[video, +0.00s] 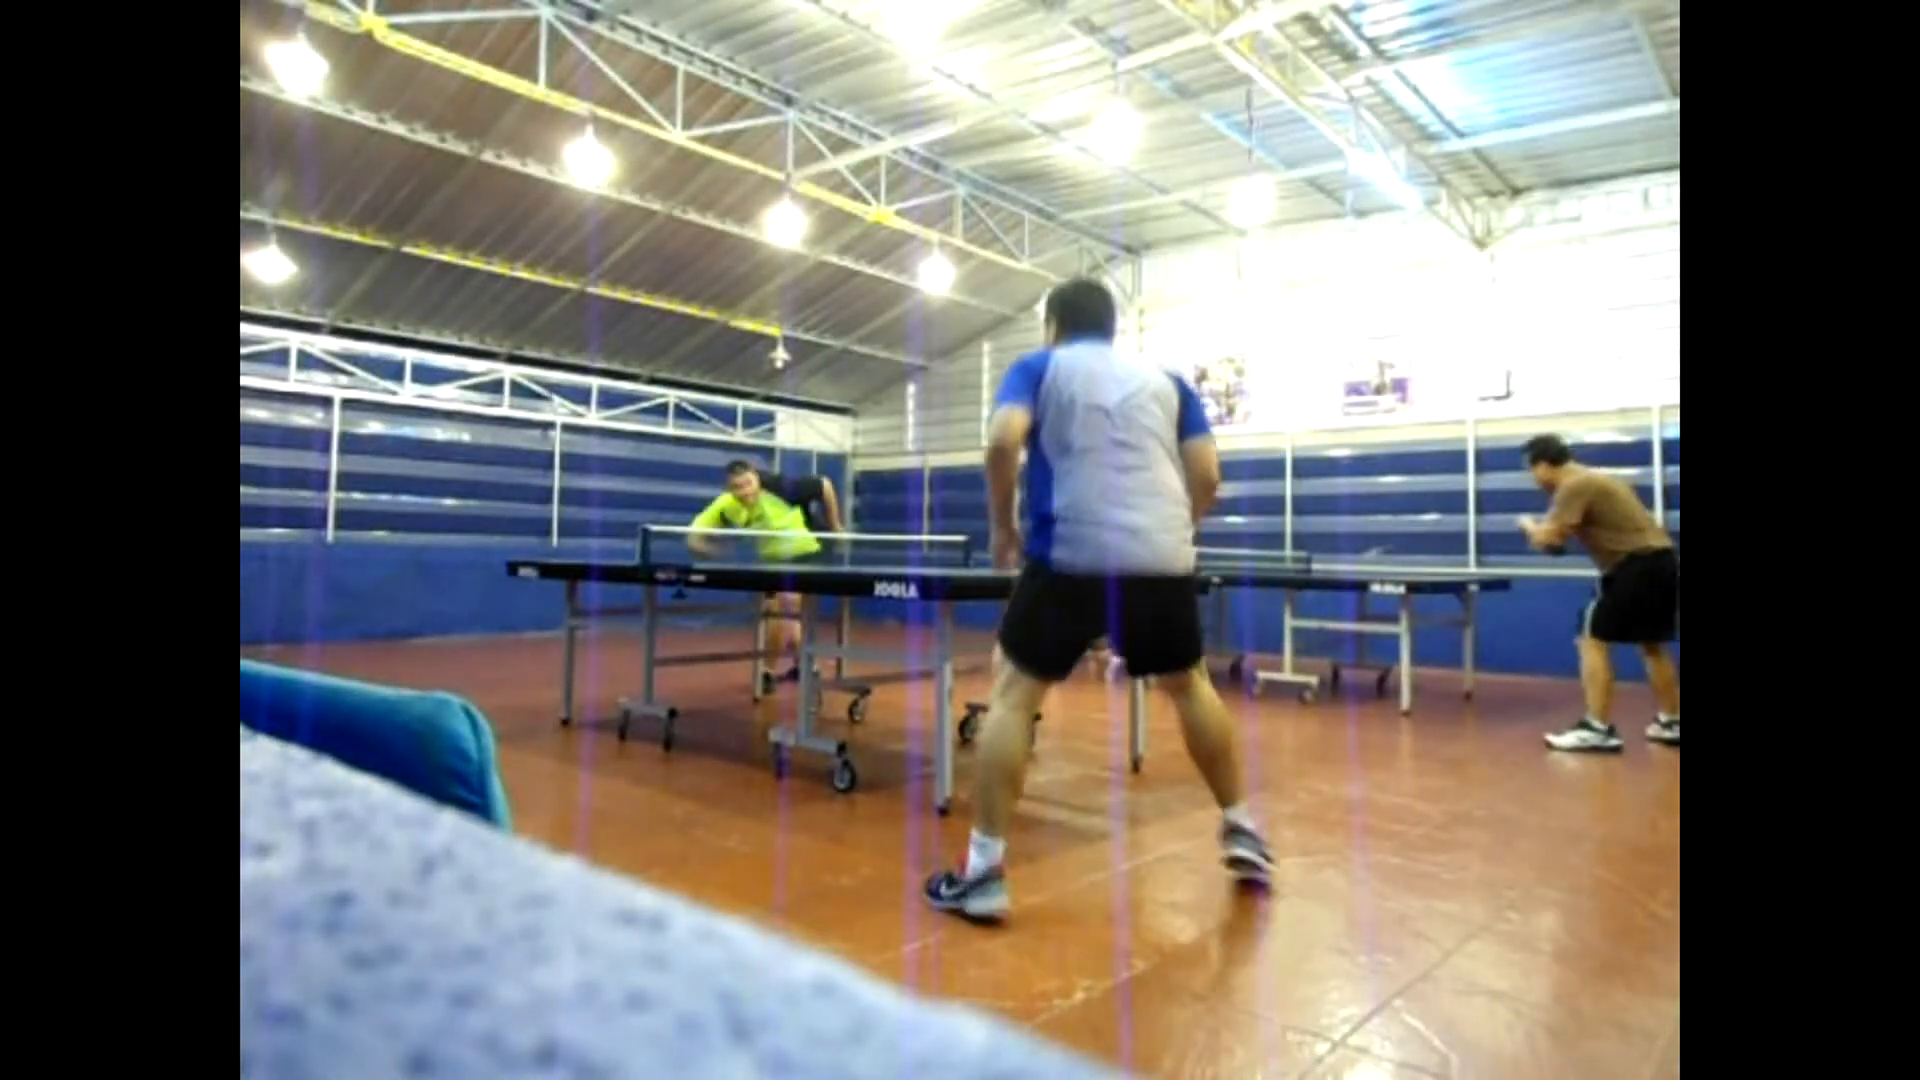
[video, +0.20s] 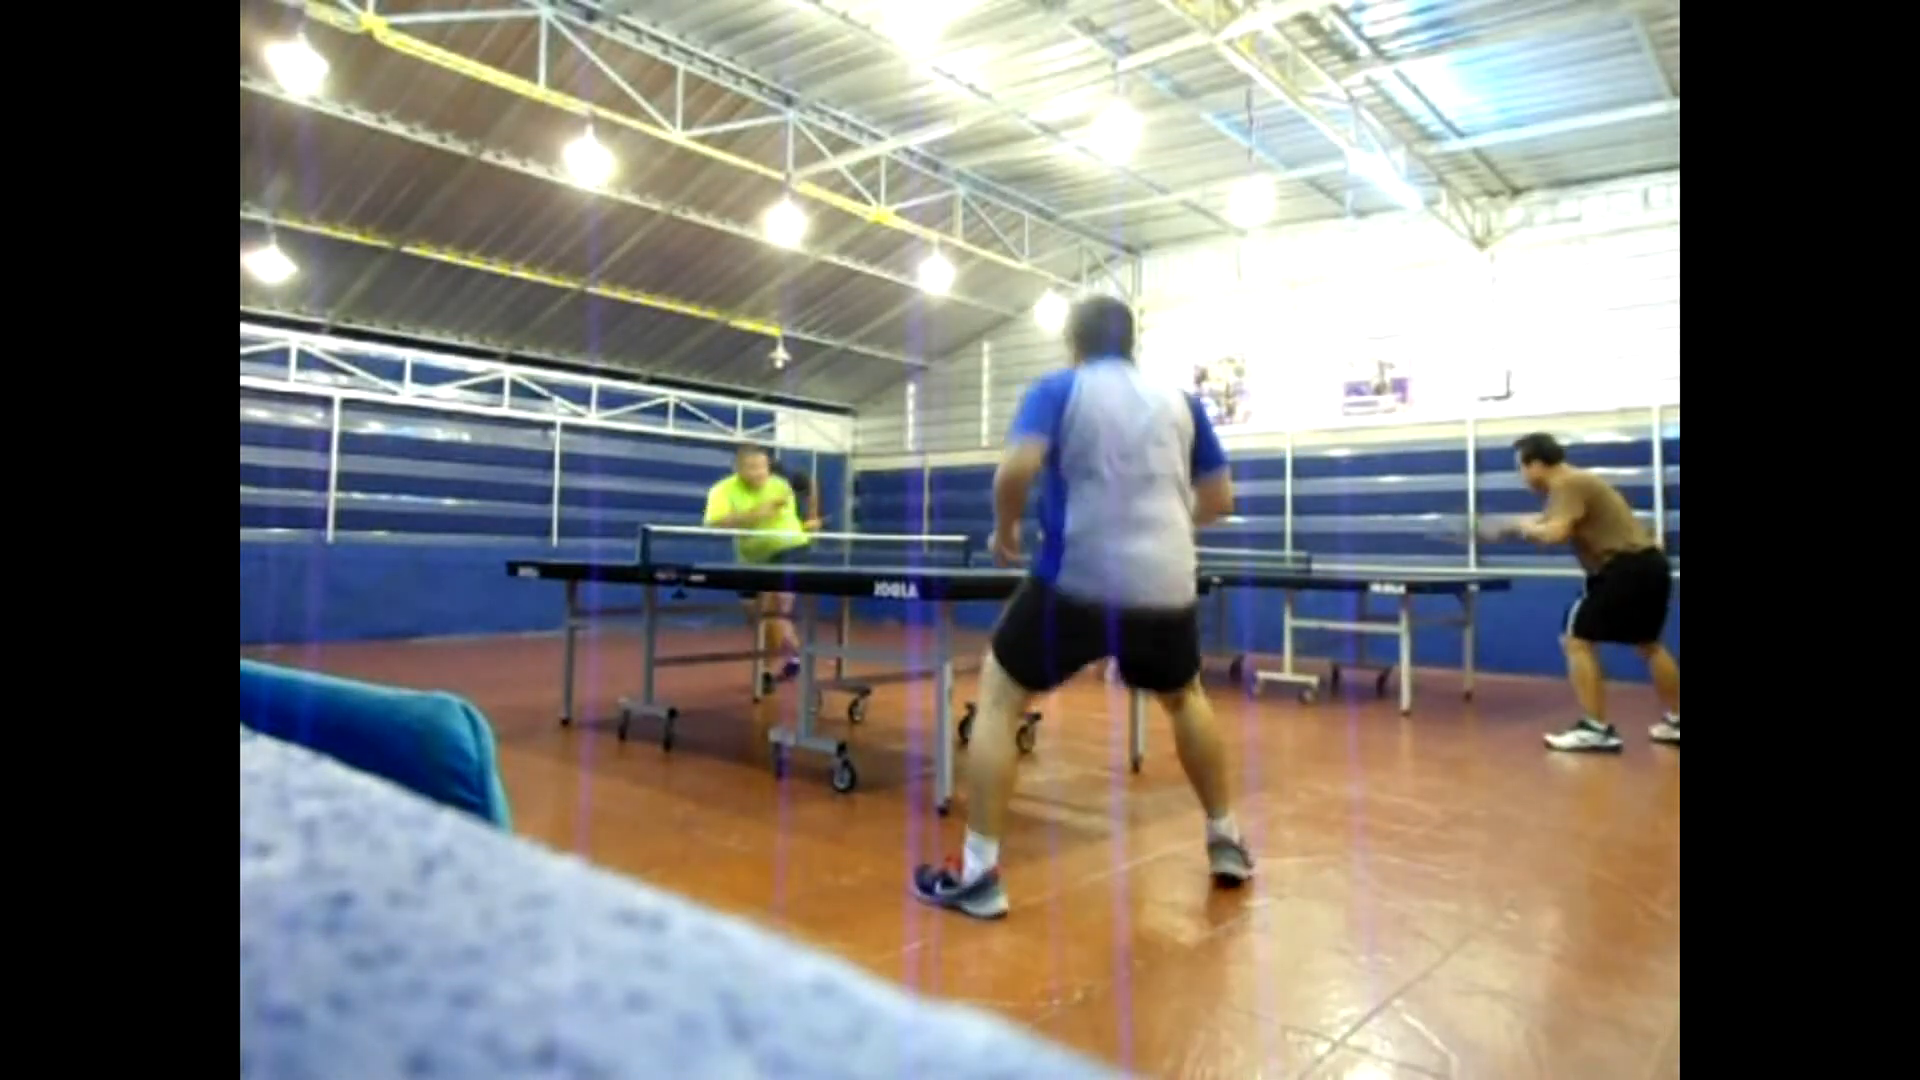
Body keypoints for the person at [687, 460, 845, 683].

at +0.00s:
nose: (744, 491)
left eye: (748, 484)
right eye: (738, 487)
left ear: (757, 480)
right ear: (730, 488)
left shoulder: (780, 489)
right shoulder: (727, 503)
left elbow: (823, 485)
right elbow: (696, 534)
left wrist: (835, 525)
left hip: (803, 555)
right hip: (771, 560)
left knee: (783, 608)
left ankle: (768, 671)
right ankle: (803, 663)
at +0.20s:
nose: (757, 472)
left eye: (761, 466)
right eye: (750, 467)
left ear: (768, 466)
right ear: (739, 468)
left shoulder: (780, 486)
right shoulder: (723, 490)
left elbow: (789, 522)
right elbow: (714, 522)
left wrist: (805, 526)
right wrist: (755, 515)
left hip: (786, 550)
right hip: (751, 556)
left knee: (777, 608)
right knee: (758, 612)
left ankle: (770, 669)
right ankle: (793, 655)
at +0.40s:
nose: (767, 443)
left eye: (770, 436)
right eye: (761, 436)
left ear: (773, 441)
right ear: (744, 438)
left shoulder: (776, 468)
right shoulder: (722, 462)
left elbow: (778, 501)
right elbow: (716, 493)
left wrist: (785, 493)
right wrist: (762, 491)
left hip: (765, 542)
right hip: (727, 545)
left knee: (765, 606)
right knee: (720, 601)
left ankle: (763, 667)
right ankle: (743, 640)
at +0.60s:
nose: (759, 443)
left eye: (761, 438)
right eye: (754, 436)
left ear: (762, 443)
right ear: (735, 437)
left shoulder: (761, 471)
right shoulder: (708, 460)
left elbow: (750, 504)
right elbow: (682, 497)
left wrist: (759, 518)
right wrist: (732, 509)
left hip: (741, 548)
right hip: (701, 549)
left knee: (747, 606)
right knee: (675, 614)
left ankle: (757, 672)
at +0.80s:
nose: (719, 446)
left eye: (722, 441)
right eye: (713, 439)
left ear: (723, 446)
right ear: (695, 439)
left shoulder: (719, 472)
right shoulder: (667, 463)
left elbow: (716, 513)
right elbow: (648, 504)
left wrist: (730, 539)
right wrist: (691, 500)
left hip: (708, 552)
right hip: (667, 553)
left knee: (726, 606)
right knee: (647, 613)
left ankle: (754, 668)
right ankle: (623, 673)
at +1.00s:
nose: (689, 433)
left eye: (693, 427)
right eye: (683, 426)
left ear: (698, 430)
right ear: (669, 427)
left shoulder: (709, 460)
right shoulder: (645, 455)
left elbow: (719, 492)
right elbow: (627, 493)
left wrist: (710, 512)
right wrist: (654, 497)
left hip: (697, 539)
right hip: (655, 539)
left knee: (716, 598)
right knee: (633, 598)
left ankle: (719, 663)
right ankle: (618, 664)